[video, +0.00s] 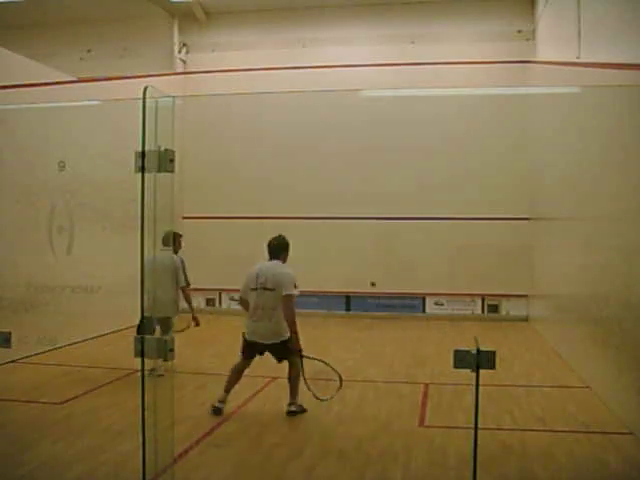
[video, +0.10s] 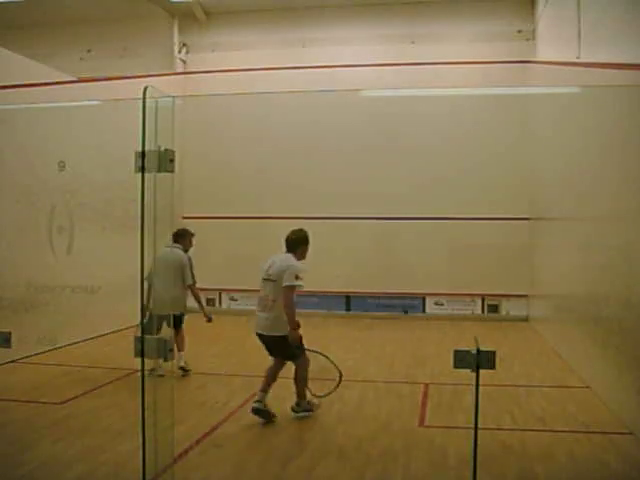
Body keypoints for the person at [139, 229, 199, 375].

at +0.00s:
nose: (181, 246)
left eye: (181, 242)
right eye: (179, 242)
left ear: (164, 243)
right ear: (173, 243)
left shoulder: (149, 259)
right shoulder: (176, 260)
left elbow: (142, 283)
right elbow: (184, 288)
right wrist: (193, 313)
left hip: (148, 307)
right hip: (166, 308)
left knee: (147, 336)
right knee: (165, 333)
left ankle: (152, 365)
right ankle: (159, 364)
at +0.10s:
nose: (192, 244)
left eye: (192, 240)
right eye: (190, 240)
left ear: (175, 240)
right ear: (183, 241)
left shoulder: (159, 255)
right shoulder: (184, 258)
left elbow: (149, 280)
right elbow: (191, 286)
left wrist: (146, 304)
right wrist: (204, 310)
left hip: (158, 304)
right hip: (176, 305)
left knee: (154, 335)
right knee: (178, 330)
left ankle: (156, 364)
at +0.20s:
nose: (204, 241)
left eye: (204, 237)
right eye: (202, 237)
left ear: (187, 236)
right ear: (193, 236)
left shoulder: (169, 252)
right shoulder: (194, 254)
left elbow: (155, 277)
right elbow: (201, 280)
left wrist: (141, 296)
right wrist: (209, 302)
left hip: (168, 302)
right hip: (187, 303)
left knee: (160, 333)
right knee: (195, 331)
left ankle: (157, 365)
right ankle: (200, 362)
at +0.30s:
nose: (216, 239)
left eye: (216, 235)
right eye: (214, 235)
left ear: (199, 235)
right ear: (205, 235)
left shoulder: (180, 250)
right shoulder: (206, 253)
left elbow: (162, 272)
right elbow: (212, 280)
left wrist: (142, 290)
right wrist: (221, 306)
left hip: (179, 304)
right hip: (199, 305)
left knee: (169, 335)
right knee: (208, 338)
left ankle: (159, 364)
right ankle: (213, 373)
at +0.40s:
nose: (225, 237)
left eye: (225, 233)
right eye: (223, 233)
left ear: (207, 233)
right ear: (214, 233)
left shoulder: (191, 249)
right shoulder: (215, 251)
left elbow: (172, 269)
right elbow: (217, 279)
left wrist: (149, 286)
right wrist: (223, 305)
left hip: (191, 304)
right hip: (211, 305)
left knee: (183, 333)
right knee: (215, 338)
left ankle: (175, 366)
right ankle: (213, 373)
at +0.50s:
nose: (232, 229)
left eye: (232, 225)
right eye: (229, 225)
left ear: (214, 226)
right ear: (221, 226)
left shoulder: (198, 244)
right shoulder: (221, 244)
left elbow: (180, 267)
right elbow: (218, 270)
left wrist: (164, 285)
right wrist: (220, 295)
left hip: (201, 301)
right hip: (220, 301)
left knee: (201, 334)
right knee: (221, 334)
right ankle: (217, 370)